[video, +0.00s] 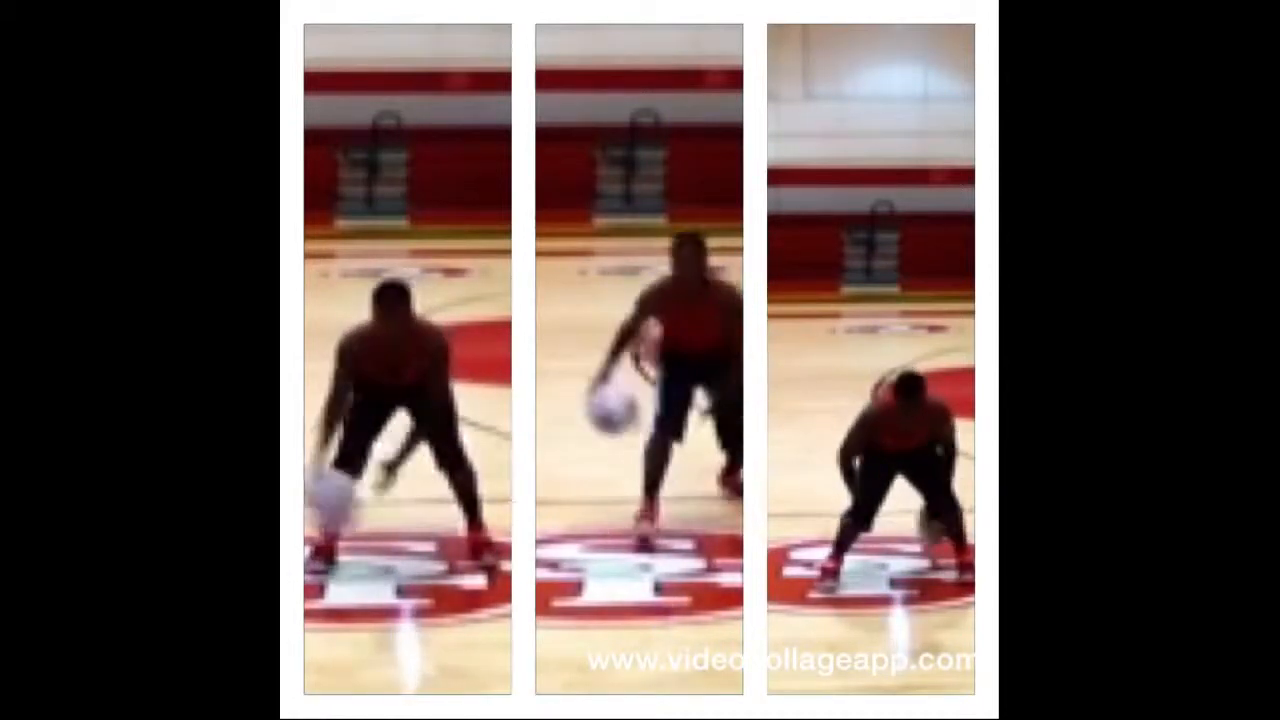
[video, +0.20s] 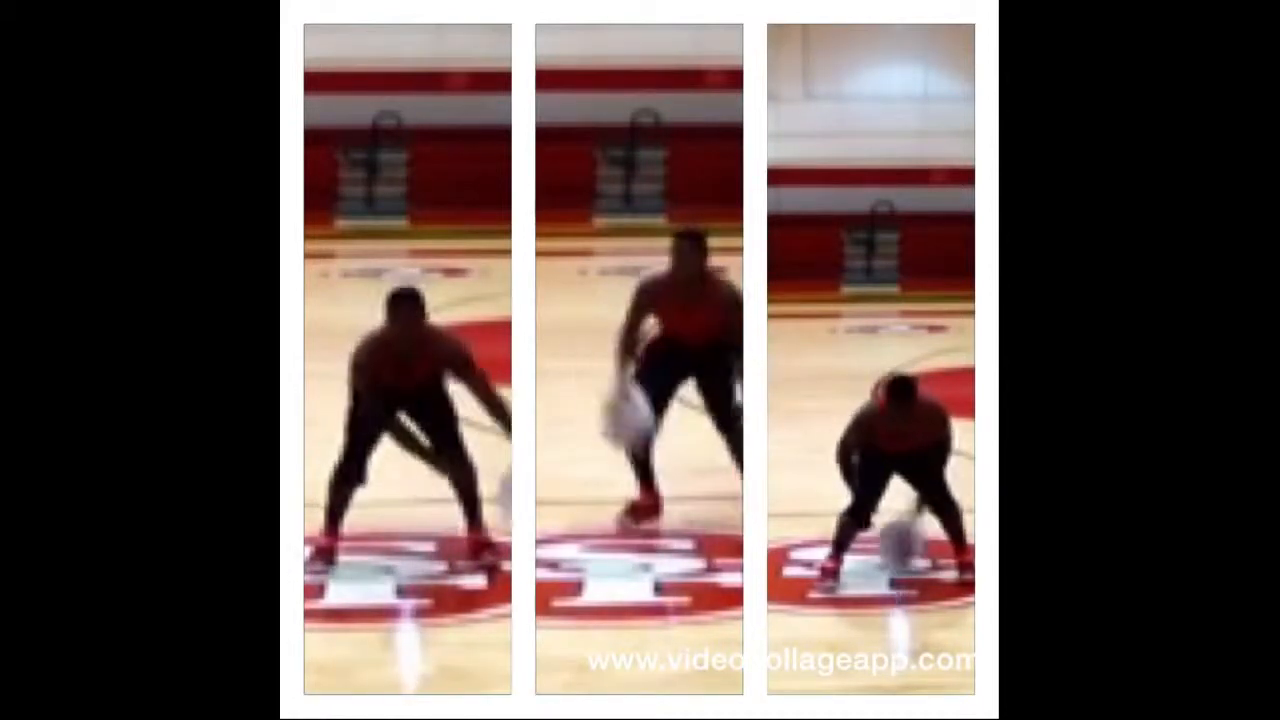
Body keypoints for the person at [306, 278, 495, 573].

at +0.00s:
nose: (391, 328)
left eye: (398, 319)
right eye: (385, 319)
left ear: (409, 314)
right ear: (375, 314)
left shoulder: (431, 342)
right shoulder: (355, 345)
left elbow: (428, 417)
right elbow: (337, 400)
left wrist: (397, 461)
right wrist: (320, 454)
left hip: (424, 394)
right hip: (374, 395)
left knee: (452, 458)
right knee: (348, 458)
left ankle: (477, 530)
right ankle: (328, 540)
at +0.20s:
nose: (408, 332)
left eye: (414, 322)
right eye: (400, 323)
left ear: (423, 319)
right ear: (388, 321)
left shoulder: (440, 345)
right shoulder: (369, 355)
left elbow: (481, 387)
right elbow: (389, 421)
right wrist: (432, 459)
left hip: (425, 396)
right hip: (376, 400)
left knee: (458, 462)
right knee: (350, 468)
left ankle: (477, 533)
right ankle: (329, 537)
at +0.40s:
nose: (400, 330)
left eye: (407, 320)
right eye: (393, 320)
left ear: (417, 315)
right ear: (381, 317)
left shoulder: (439, 344)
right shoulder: (360, 350)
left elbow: (440, 410)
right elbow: (355, 413)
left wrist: (413, 460)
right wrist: (356, 460)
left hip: (423, 392)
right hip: (374, 393)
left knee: (452, 454)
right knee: (351, 457)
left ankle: (476, 530)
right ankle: (330, 531)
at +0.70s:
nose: (402, 329)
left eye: (408, 319)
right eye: (394, 320)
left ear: (418, 314)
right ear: (384, 317)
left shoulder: (440, 344)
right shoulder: (367, 350)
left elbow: (450, 410)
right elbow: (380, 423)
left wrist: (445, 456)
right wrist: (413, 474)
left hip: (425, 396)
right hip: (376, 398)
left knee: (459, 459)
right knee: (348, 465)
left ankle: (478, 535)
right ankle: (329, 538)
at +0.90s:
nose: (410, 332)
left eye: (415, 323)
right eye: (402, 324)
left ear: (425, 318)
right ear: (390, 320)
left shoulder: (445, 347)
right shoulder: (368, 351)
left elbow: (463, 399)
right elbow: (375, 423)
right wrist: (405, 471)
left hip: (418, 393)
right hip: (373, 396)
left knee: (454, 457)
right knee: (352, 464)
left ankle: (480, 536)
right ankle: (329, 537)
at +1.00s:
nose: (400, 334)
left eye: (407, 324)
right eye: (393, 324)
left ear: (418, 319)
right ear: (383, 320)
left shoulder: (436, 348)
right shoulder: (359, 353)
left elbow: (425, 422)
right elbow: (345, 419)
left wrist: (393, 467)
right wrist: (348, 464)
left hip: (419, 399)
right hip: (370, 398)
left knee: (451, 458)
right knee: (345, 464)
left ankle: (476, 531)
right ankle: (330, 538)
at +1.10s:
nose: (399, 335)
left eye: (406, 324)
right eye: (391, 324)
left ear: (416, 320)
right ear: (380, 320)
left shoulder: (435, 349)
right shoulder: (359, 350)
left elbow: (414, 422)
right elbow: (330, 405)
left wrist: (374, 463)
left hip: (422, 399)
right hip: (372, 399)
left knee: (455, 462)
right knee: (348, 462)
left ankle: (477, 533)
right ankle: (329, 538)